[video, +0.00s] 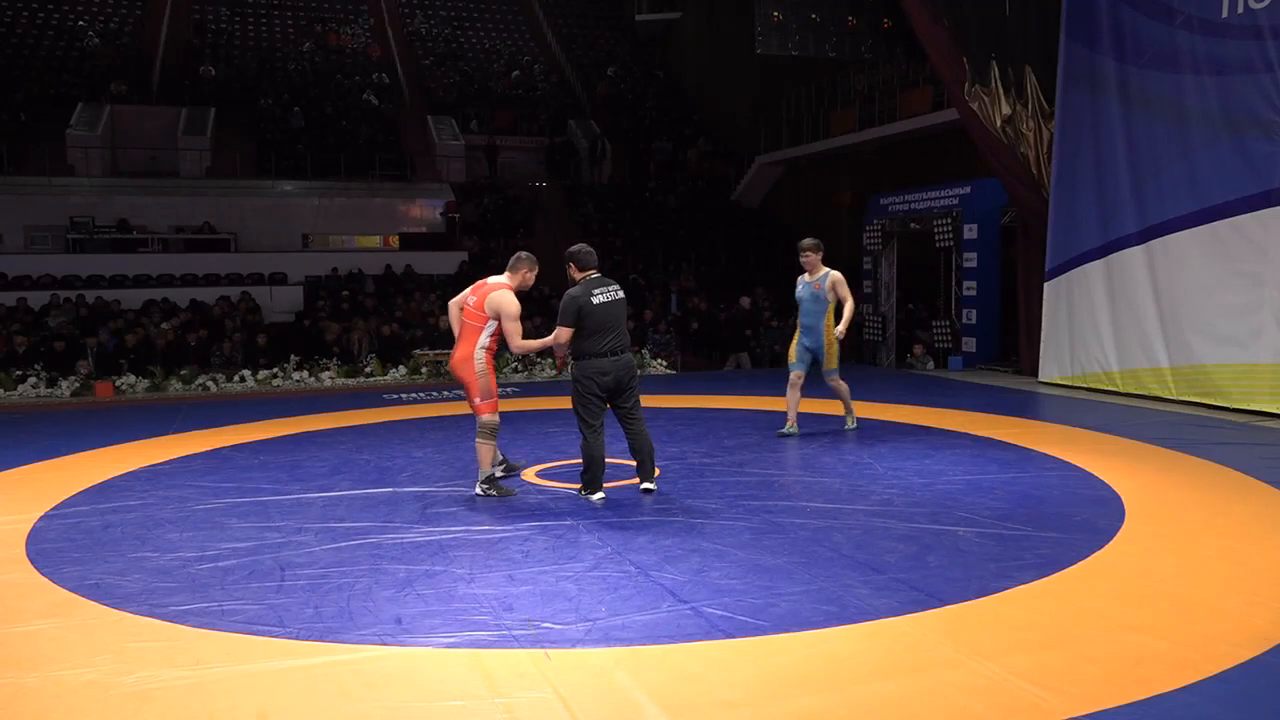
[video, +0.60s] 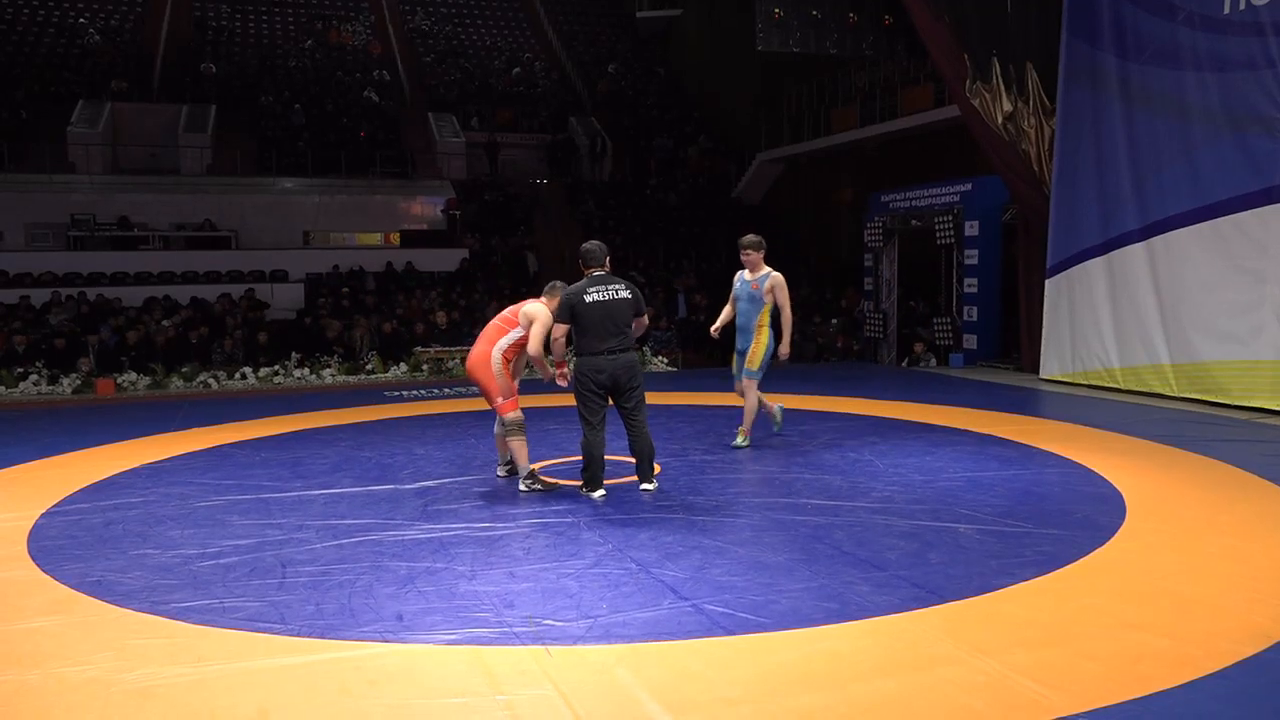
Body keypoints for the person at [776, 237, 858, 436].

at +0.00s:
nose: (804, 260)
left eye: (808, 256)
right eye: (802, 256)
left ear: (819, 256)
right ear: (799, 258)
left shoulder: (833, 277)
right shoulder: (800, 280)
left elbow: (848, 301)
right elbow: (803, 308)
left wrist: (843, 325)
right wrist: (800, 332)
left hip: (825, 338)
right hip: (802, 337)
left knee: (833, 380)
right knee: (794, 378)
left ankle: (849, 412)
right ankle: (791, 422)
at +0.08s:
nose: (794, 259)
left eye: (799, 255)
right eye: (792, 255)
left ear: (810, 254)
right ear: (790, 257)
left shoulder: (825, 276)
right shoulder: (791, 279)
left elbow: (839, 302)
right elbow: (791, 307)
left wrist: (834, 327)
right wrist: (790, 332)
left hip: (815, 338)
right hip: (792, 336)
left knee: (816, 383)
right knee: (788, 379)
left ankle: (837, 404)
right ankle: (790, 422)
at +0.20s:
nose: (782, 255)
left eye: (786, 251)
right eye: (780, 251)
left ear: (798, 250)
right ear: (778, 253)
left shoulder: (813, 272)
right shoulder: (779, 275)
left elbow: (826, 301)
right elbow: (774, 305)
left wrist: (822, 329)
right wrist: (769, 333)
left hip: (802, 335)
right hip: (781, 335)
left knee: (791, 375)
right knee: (783, 379)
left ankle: (810, 407)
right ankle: (790, 420)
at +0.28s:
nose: (774, 254)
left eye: (778, 250)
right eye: (772, 251)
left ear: (790, 250)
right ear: (770, 252)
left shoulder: (806, 272)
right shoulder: (772, 273)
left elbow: (819, 301)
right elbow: (764, 302)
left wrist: (815, 331)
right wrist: (755, 327)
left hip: (795, 333)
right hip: (775, 333)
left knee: (779, 372)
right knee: (781, 376)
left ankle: (789, 418)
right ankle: (788, 417)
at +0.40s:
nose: (763, 256)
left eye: (767, 252)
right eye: (761, 252)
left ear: (779, 252)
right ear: (759, 253)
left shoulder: (794, 275)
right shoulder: (759, 275)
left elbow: (806, 305)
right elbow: (750, 302)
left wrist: (806, 336)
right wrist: (737, 323)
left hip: (783, 337)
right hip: (765, 337)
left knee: (768, 378)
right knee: (778, 381)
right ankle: (791, 420)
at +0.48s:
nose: (755, 258)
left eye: (760, 254)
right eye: (753, 254)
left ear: (772, 254)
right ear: (752, 255)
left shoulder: (786, 278)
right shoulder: (751, 277)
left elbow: (798, 309)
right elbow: (742, 304)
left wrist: (799, 339)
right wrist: (728, 322)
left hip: (774, 339)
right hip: (756, 339)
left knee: (759, 381)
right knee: (770, 382)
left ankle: (748, 430)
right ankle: (788, 419)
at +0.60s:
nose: (744, 258)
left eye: (748, 254)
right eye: (742, 254)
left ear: (761, 254)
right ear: (740, 254)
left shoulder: (774, 279)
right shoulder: (739, 277)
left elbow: (785, 311)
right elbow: (731, 304)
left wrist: (785, 342)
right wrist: (719, 323)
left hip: (760, 338)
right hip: (741, 337)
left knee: (750, 383)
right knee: (740, 388)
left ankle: (744, 431)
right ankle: (772, 409)